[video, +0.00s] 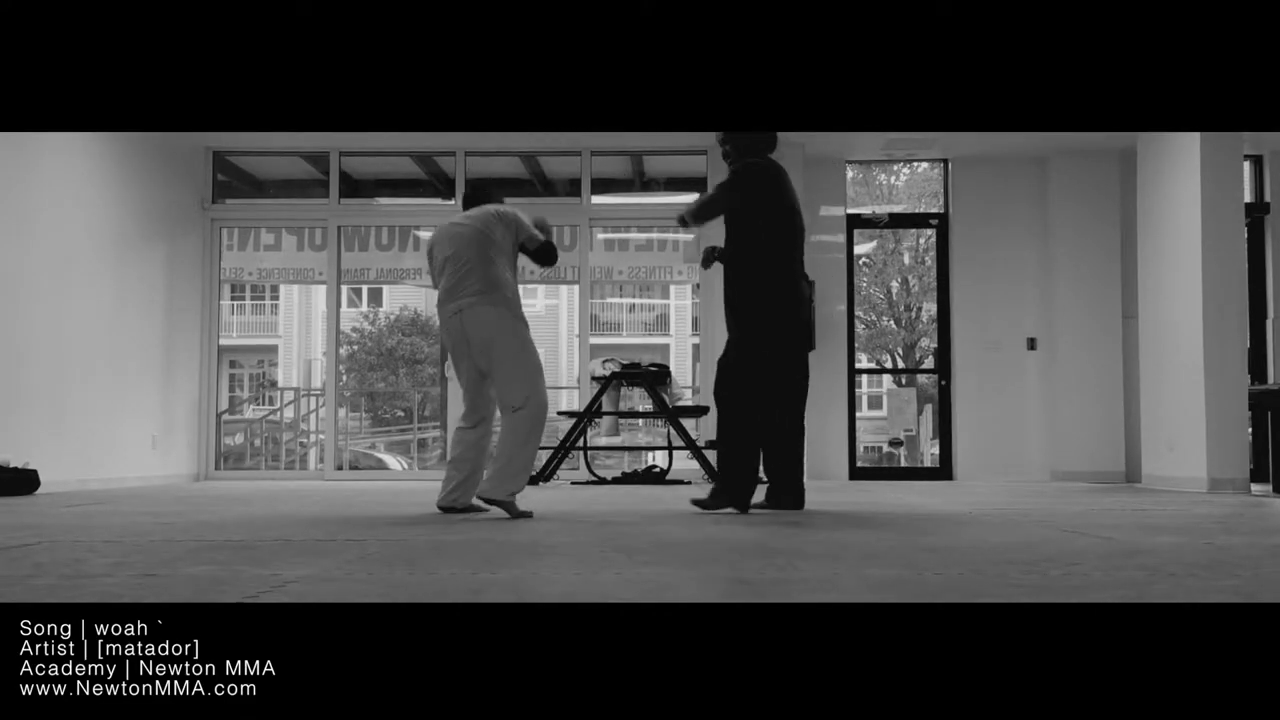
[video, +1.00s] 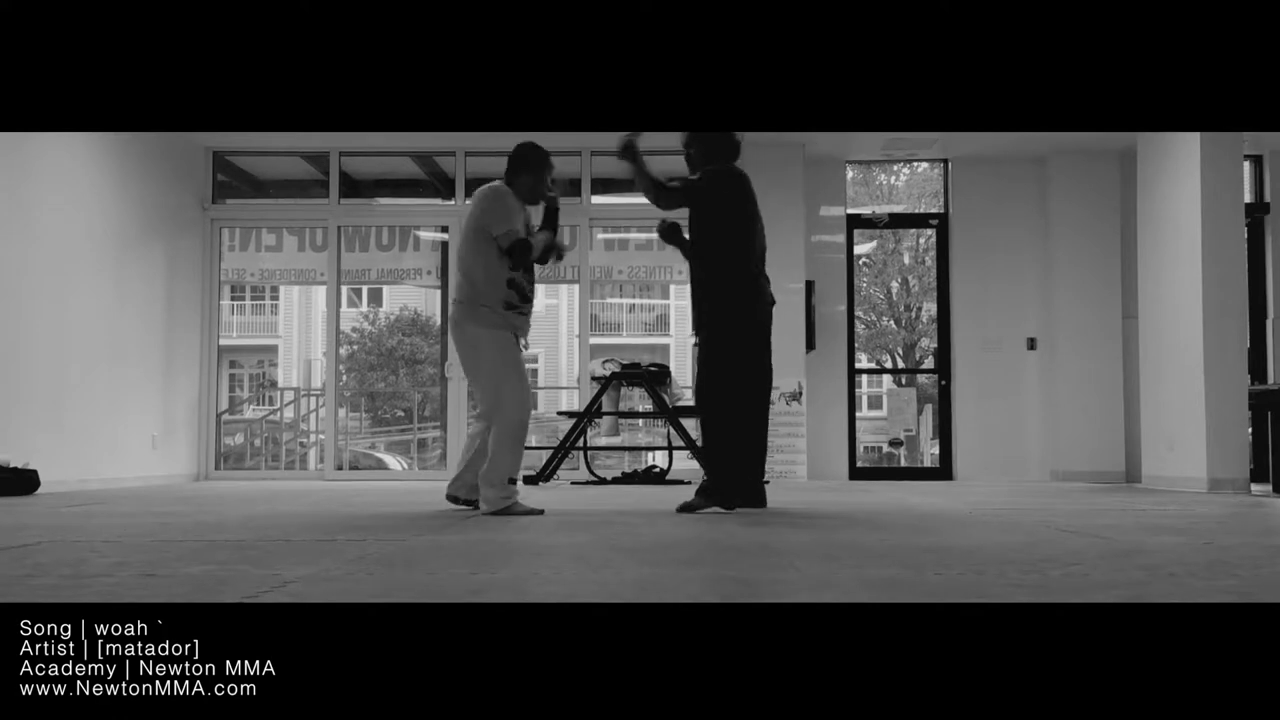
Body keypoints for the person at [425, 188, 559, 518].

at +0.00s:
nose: (504, 206)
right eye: (502, 203)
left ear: (464, 205)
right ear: (493, 202)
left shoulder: (438, 235)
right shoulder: (503, 214)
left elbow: (441, 283)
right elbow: (547, 257)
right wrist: (542, 234)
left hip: (452, 322)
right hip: (493, 314)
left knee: (477, 408)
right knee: (527, 402)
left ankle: (454, 496)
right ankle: (499, 489)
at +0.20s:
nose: (540, 189)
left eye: (541, 182)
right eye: (536, 181)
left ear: (512, 181)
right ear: (519, 180)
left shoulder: (503, 213)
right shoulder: (495, 211)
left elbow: (536, 263)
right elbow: (535, 255)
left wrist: (556, 228)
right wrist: (542, 207)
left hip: (498, 329)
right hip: (491, 329)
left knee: (509, 407)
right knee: (523, 404)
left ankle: (481, 489)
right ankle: (505, 496)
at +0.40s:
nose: (548, 218)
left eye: (549, 212)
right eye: (547, 213)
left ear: (519, 201)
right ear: (534, 207)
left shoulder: (501, 226)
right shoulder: (501, 225)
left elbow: (529, 272)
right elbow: (545, 268)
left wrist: (557, 265)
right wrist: (547, 217)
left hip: (492, 339)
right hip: (489, 339)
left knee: (514, 415)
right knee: (533, 408)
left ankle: (484, 490)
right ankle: (515, 497)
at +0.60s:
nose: (541, 186)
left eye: (542, 179)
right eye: (539, 178)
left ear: (520, 175)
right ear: (521, 175)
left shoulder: (518, 213)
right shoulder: (486, 209)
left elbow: (543, 258)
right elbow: (529, 246)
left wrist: (544, 258)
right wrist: (535, 196)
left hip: (510, 331)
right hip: (484, 329)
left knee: (517, 405)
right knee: (504, 406)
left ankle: (484, 481)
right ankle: (494, 495)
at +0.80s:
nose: (541, 170)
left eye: (541, 162)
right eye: (537, 162)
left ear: (517, 164)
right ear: (517, 163)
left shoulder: (518, 203)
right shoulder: (481, 197)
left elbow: (532, 247)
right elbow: (522, 245)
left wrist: (557, 212)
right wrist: (543, 201)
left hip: (514, 323)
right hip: (486, 321)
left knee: (519, 402)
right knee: (507, 401)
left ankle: (474, 473)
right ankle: (497, 496)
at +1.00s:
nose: (548, 183)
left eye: (548, 176)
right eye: (545, 175)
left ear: (520, 172)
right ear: (528, 174)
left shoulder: (515, 207)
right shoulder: (496, 197)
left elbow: (541, 255)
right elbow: (520, 255)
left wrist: (551, 211)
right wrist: (546, 238)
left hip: (493, 323)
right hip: (481, 322)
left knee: (495, 407)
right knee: (514, 404)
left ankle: (464, 486)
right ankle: (498, 498)